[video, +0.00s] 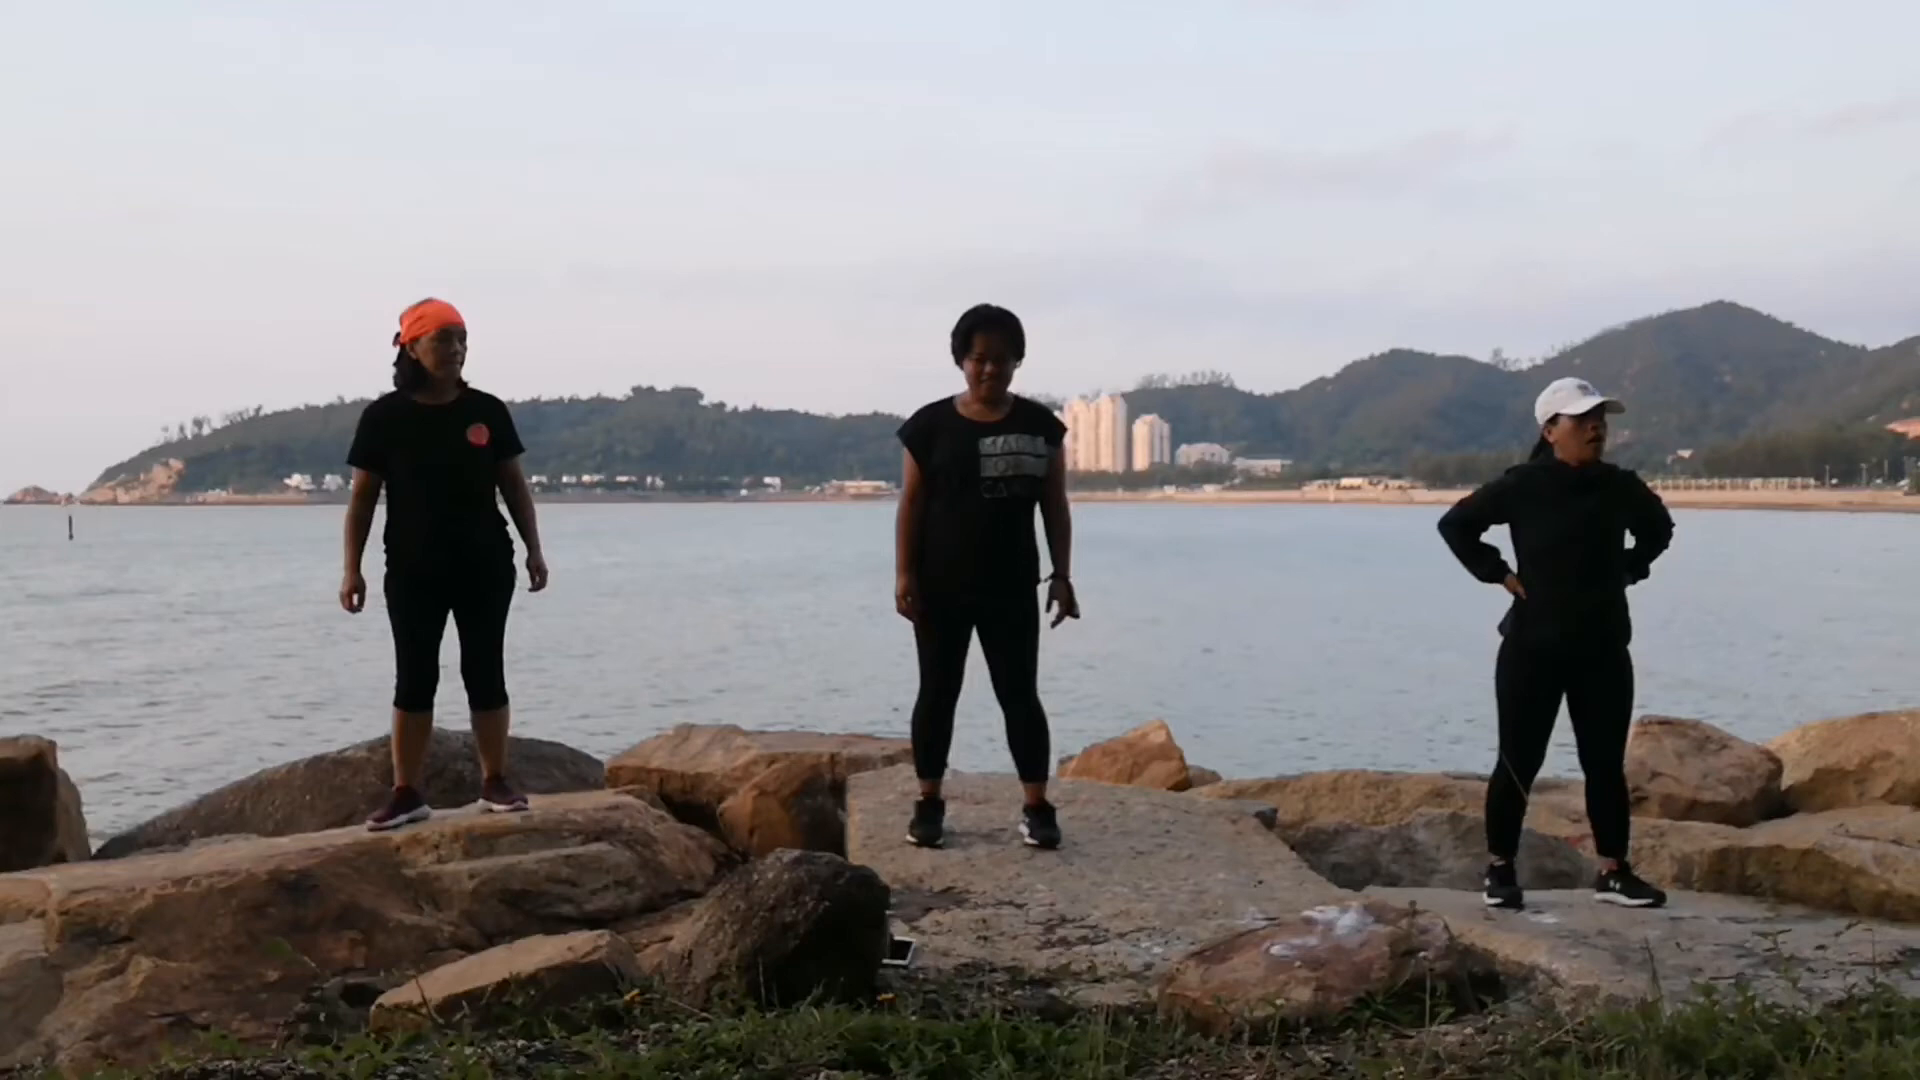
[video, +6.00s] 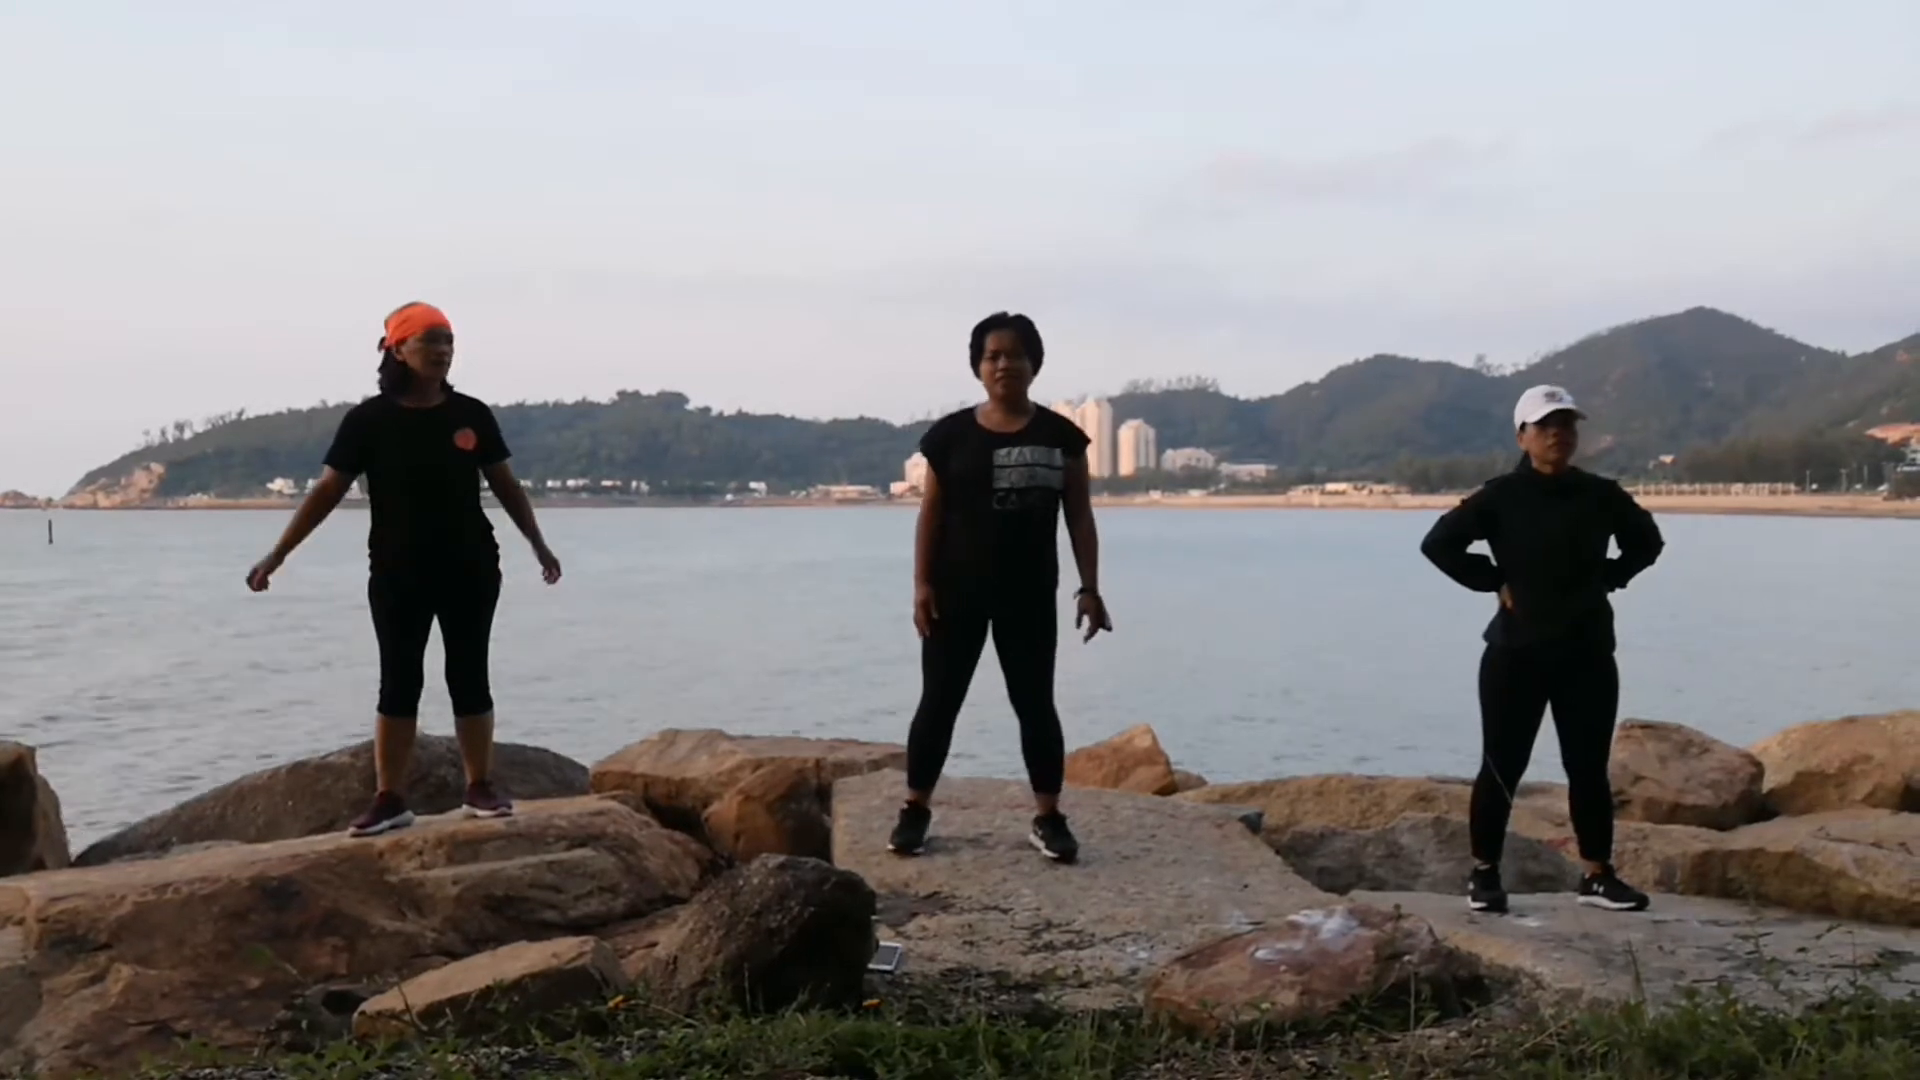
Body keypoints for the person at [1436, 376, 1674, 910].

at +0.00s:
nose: (1598, 429)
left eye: (1600, 419)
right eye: (1584, 420)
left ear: (1602, 425)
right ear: (1551, 429)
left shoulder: (1618, 484)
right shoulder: (1521, 486)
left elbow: (1659, 529)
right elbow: (1454, 526)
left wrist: (1626, 568)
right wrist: (1501, 574)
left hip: (1602, 647)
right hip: (1534, 645)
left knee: (1606, 764)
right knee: (1519, 761)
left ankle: (1614, 870)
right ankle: (1501, 869)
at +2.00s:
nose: (1577, 431)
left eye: (1580, 420)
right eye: (1563, 424)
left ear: (1586, 425)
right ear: (1535, 435)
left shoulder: (1614, 489)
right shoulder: (1514, 493)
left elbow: (1664, 536)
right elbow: (1451, 542)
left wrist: (1625, 572)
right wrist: (1508, 576)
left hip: (1601, 649)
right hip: (1531, 649)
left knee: (1603, 766)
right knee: (1515, 765)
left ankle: (1611, 872)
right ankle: (1497, 872)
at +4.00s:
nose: (1581, 432)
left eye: (1584, 423)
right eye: (1568, 424)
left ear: (1588, 428)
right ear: (1538, 434)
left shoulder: (1612, 492)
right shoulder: (1512, 493)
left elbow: (1659, 540)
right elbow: (1448, 541)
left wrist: (1616, 576)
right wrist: (1504, 577)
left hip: (1595, 650)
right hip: (1527, 650)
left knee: (1598, 768)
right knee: (1510, 765)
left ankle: (1606, 873)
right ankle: (1492, 873)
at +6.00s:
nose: (1560, 435)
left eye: (1567, 426)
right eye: (1548, 426)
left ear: (1576, 433)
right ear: (1523, 435)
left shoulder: (1600, 494)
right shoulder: (1501, 496)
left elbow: (1648, 541)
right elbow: (1438, 545)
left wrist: (1607, 577)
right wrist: (1496, 581)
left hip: (1586, 652)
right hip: (1517, 652)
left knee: (1590, 770)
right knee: (1502, 767)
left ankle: (1598, 875)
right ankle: (1485, 874)